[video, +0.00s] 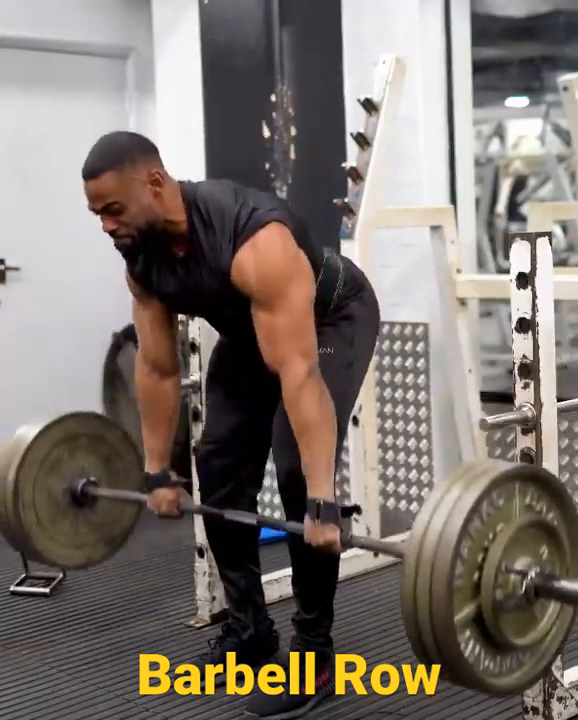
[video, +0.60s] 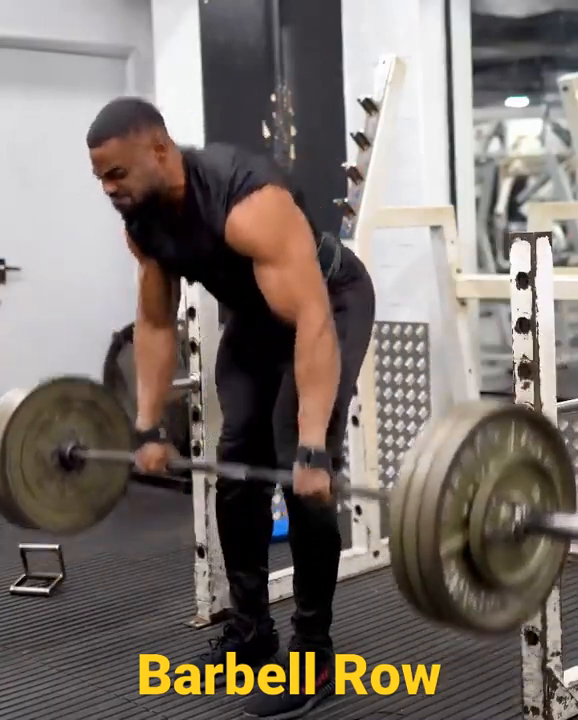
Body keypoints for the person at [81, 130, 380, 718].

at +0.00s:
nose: (107, 227)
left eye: (113, 210)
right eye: (98, 215)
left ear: (155, 182)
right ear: (144, 188)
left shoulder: (255, 242)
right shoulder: (142, 254)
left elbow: (300, 371)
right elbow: (157, 368)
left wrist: (324, 498)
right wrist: (158, 471)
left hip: (332, 313)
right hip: (249, 324)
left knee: (297, 464)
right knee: (219, 466)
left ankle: (311, 647)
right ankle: (247, 628)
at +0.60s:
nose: (110, 190)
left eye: (117, 174)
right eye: (102, 178)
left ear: (160, 148)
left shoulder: (252, 203)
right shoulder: (143, 219)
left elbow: (315, 320)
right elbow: (154, 321)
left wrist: (312, 449)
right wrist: (149, 429)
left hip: (327, 300)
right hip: (252, 312)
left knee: (309, 468)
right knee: (237, 465)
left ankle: (311, 649)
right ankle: (250, 627)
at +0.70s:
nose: (121, 154)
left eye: (127, 137)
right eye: (113, 142)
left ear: (170, 108)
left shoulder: (260, 155)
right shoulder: (152, 177)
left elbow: (336, 262)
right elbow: (157, 273)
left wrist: (313, 380)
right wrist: (147, 369)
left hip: (309, 321)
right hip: (240, 325)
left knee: (307, 482)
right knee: (240, 480)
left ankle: (313, 651)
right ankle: (249, 630)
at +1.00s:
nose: (108, 162)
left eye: (113, 145)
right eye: (99, 151)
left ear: (154, 116)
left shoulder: (245, 143)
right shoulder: (141, 175)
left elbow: (360, 187)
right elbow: (164, 223)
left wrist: (316, 286)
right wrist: (146, 283)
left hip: (302, 322)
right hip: (229, 325)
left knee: (285, 469)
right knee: (218, 472)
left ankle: (310, 647)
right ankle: (247, 627)